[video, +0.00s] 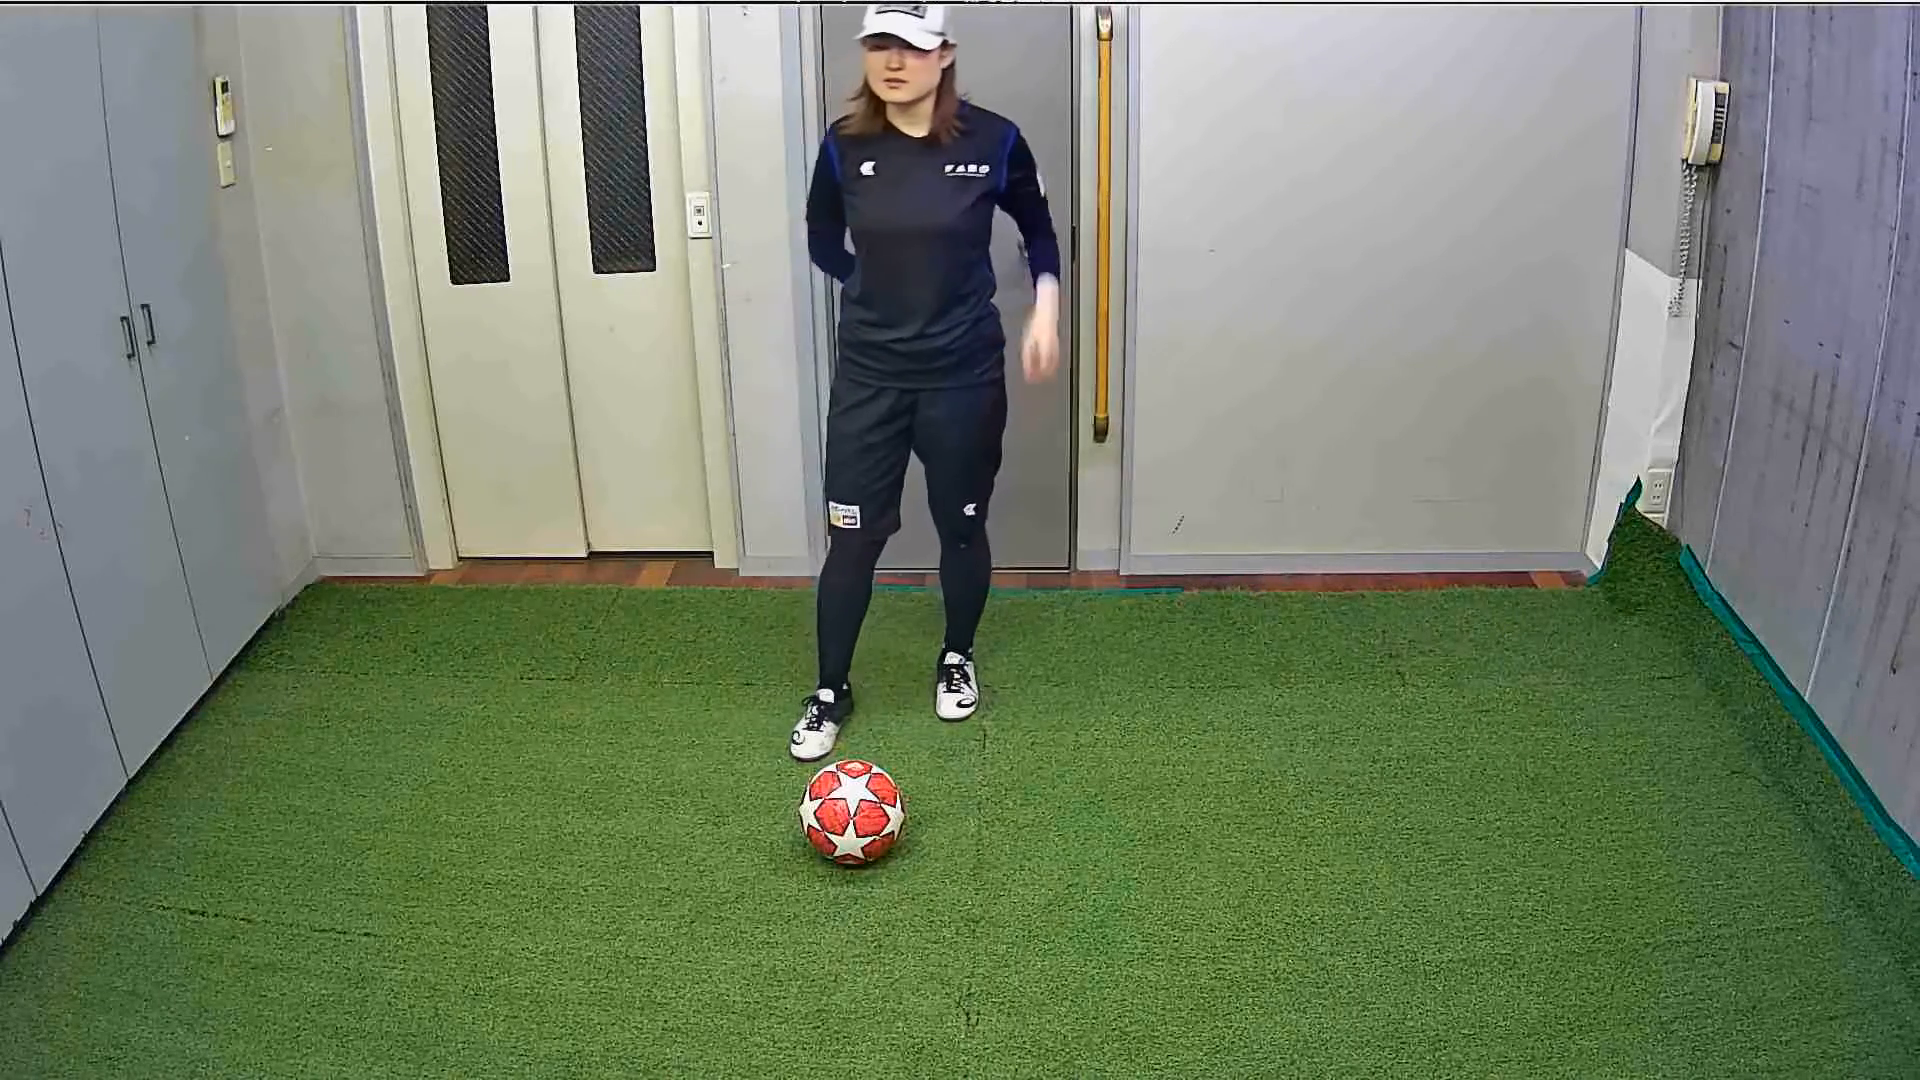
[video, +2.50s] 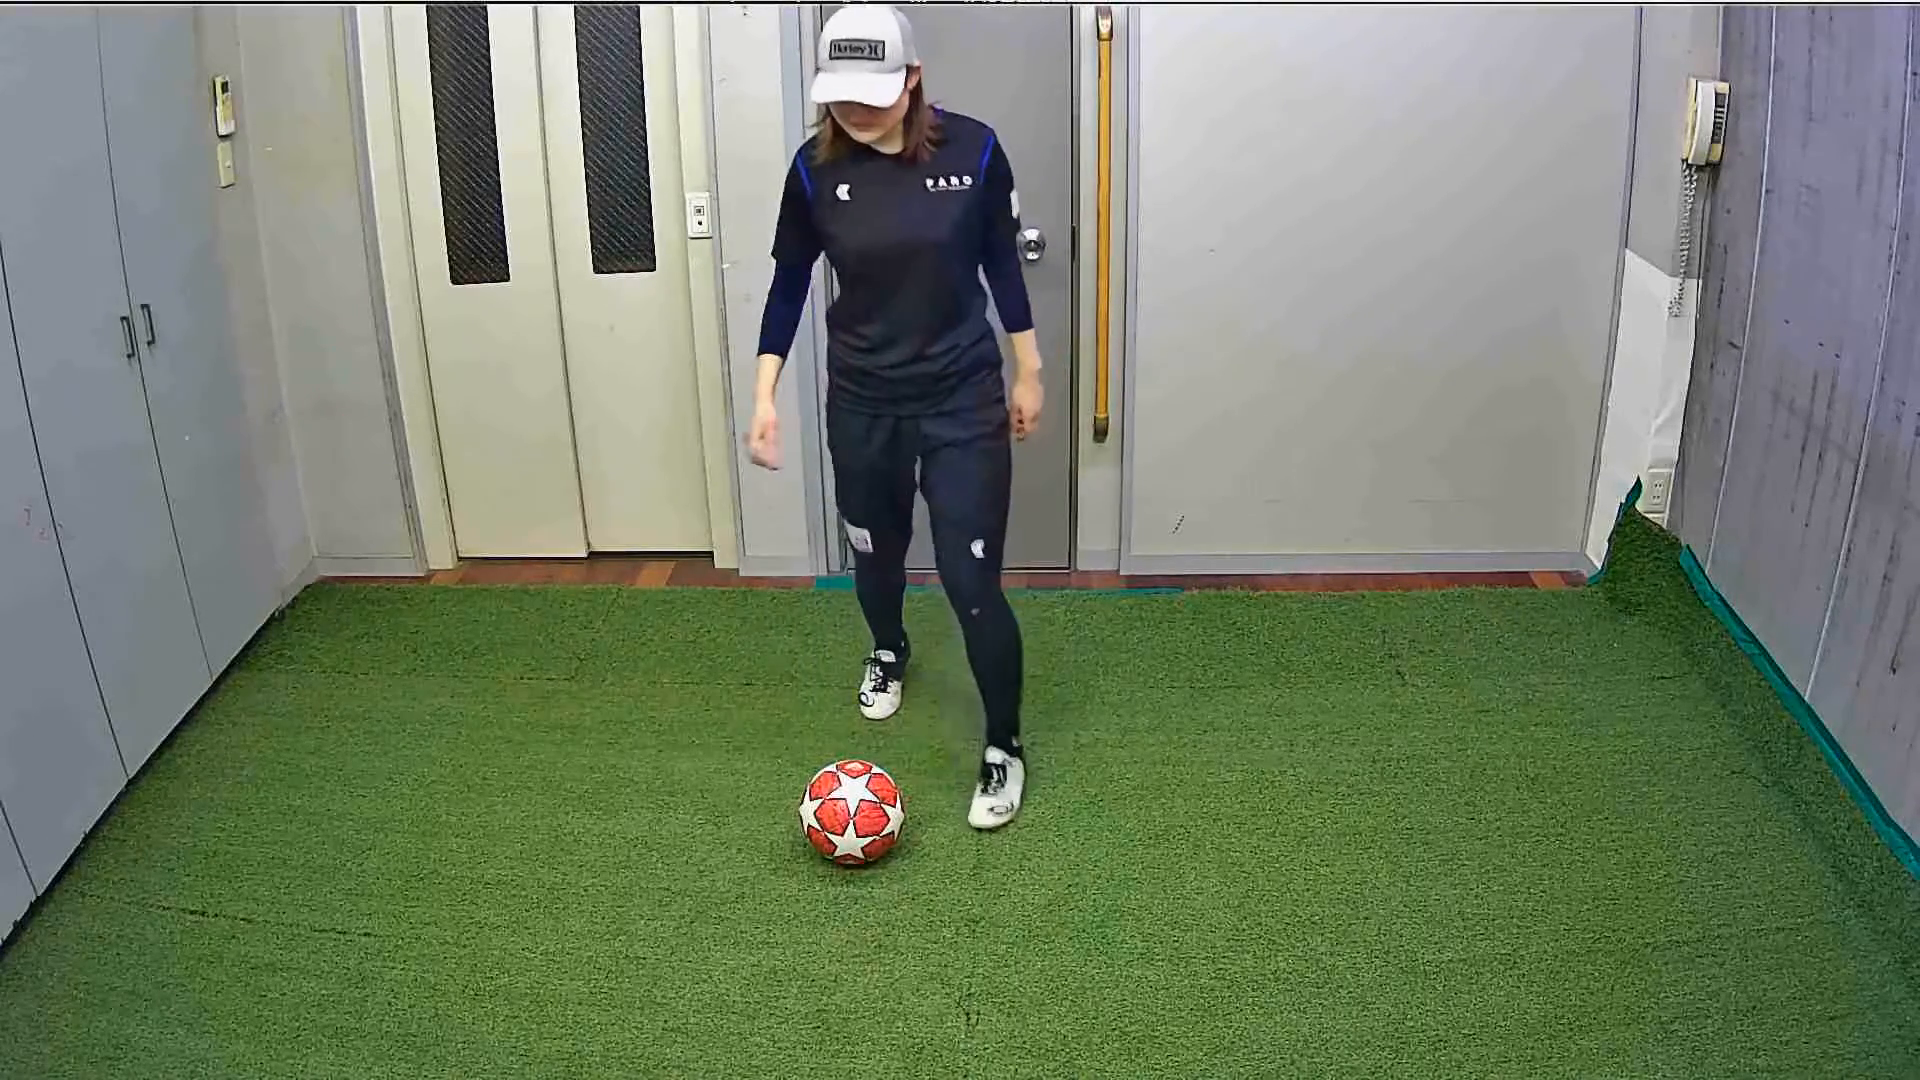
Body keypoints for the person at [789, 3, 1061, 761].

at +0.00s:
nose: (890, 60)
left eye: (907, 47)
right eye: (878, 47)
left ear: (943, 56)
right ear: (863, 59)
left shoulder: (994, 142)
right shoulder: (845, 144)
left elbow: (1037, 226)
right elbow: (822, 240)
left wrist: (1045, 314)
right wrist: (872, 280)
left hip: (962, 366)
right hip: (868, 367)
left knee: (961, 522)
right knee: (851, 527)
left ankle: (956, 661)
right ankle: (830, 692)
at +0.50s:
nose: (929, 62)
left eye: (944, 47)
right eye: (917, 47)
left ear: (976, 54)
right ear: (901, 54)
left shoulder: (1015, 138)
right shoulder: (874, 134)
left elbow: (986, 242)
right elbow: (849, 238)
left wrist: (956, 146)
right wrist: (908, 275)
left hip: (976, 365)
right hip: (884, 361)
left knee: (970, 521)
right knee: (865, 523)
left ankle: (958, 662)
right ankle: (849, 684)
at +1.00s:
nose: (916, 56)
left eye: (933, 44)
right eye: (904, 42)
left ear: (965, 54)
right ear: (888, 54)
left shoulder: (1010, 142)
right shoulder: (864, 138)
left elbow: (1048, 246)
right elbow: (840, 238)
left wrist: (1011, 263)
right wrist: (896, 278)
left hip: (972, 368)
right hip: (879, 364)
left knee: (967, 522)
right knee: (863, 523)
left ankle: (957, 658)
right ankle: (851, 684)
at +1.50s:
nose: (917, 61)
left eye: (934, 49)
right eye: (905, 47)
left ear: (969, 57)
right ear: (890, 57)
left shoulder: (1017, 142)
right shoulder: (866, 136)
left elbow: (1033, 238)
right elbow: (861, 234)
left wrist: (1046, 326)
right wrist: (914, 278)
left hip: (978, 355)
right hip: (884, 353)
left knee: (971, 516)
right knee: (865, 515)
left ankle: (957, 658)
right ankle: (852, 676)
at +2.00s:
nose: (883, 70)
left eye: (900, 56)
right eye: (870, 55)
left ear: (936, 57)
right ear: (856, 61)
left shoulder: (987, 138)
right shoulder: (835, 140)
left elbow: (1006, 257)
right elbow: (814, 241)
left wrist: (1010, 370)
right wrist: (789, 348)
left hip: (954, 367)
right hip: (859, 367)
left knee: (953, 528)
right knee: (867, 526)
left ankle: (956, 659)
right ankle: (887, 655)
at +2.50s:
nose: (857, 106)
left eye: (874, 90)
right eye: (842, 91)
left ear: (912, 80)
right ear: (823, 86)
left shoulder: (972, 150)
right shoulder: (815, 168)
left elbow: (1003, 260)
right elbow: (789, 278)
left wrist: (1028, 369)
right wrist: (765, 393)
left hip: (962, 392)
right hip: (861, 397)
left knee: (971, 577)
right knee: (873, 553)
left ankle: (1003, 750)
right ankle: (888, 654)